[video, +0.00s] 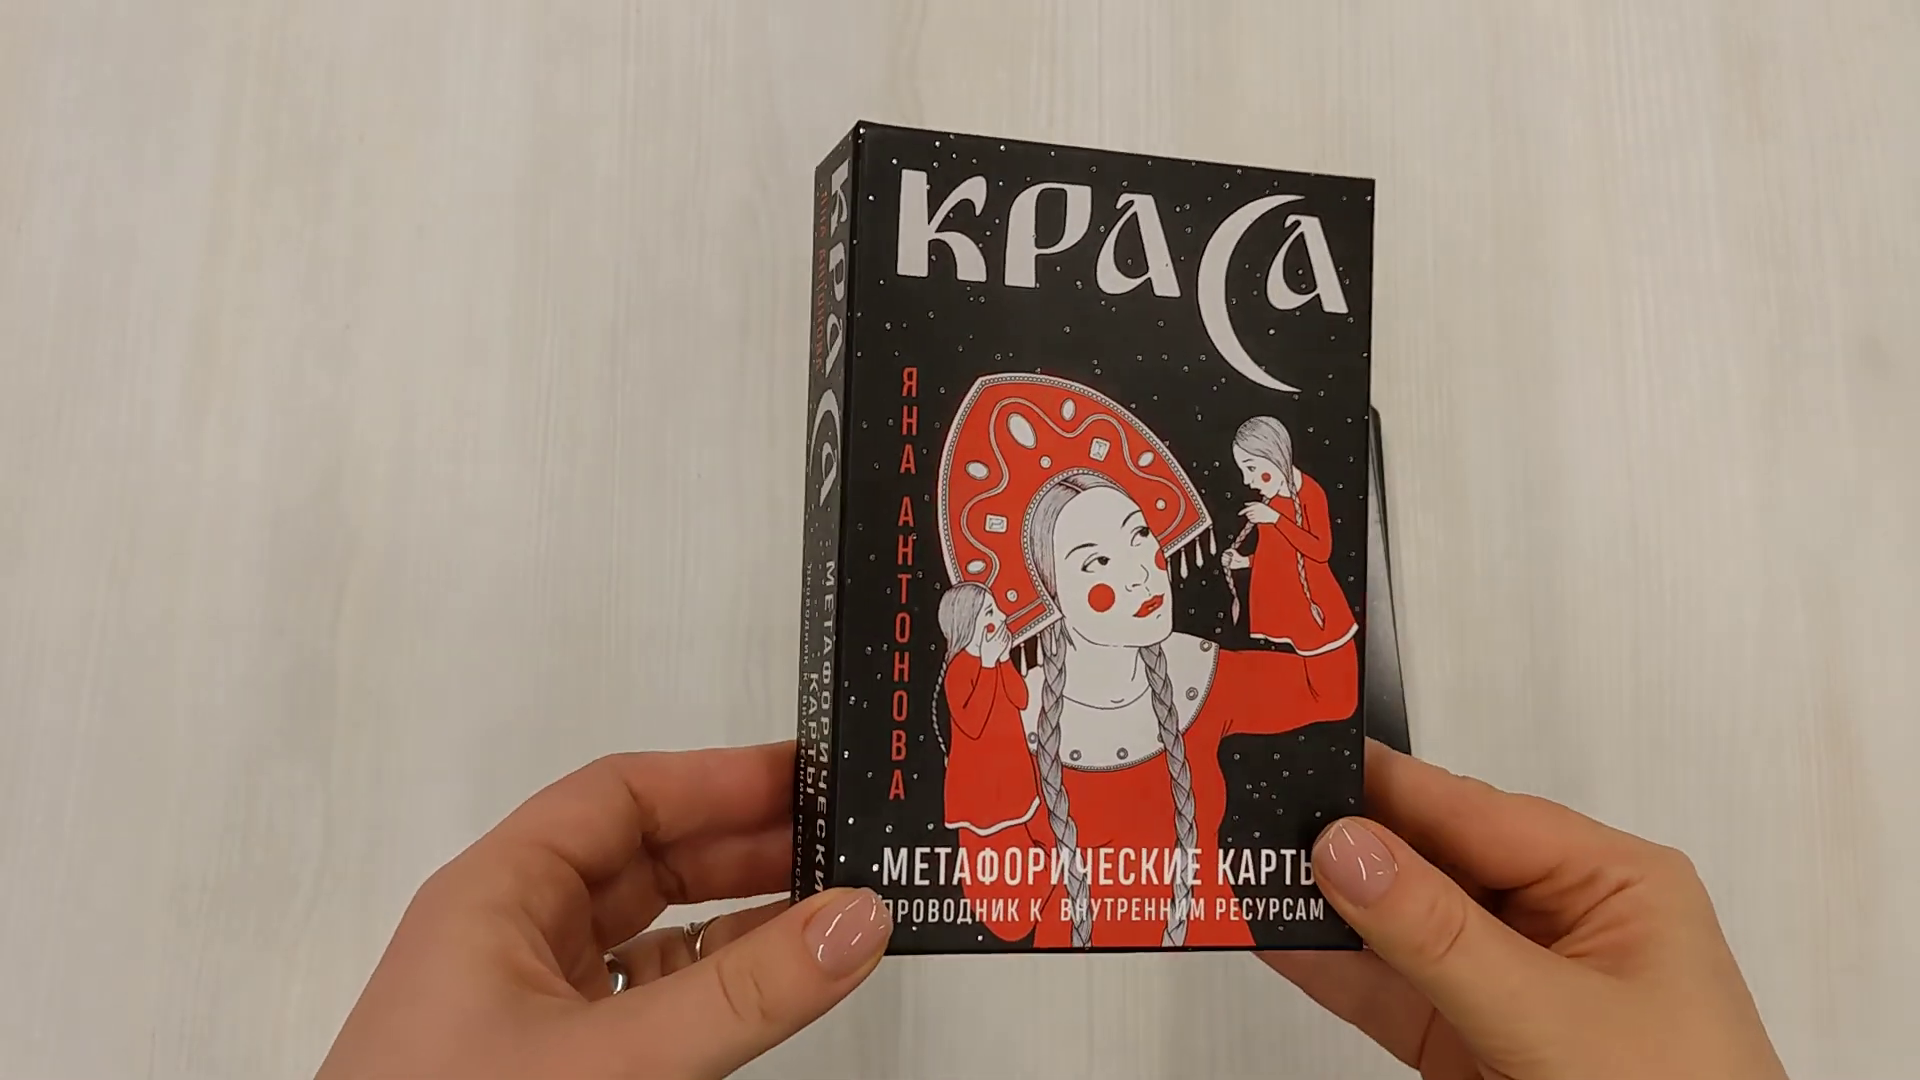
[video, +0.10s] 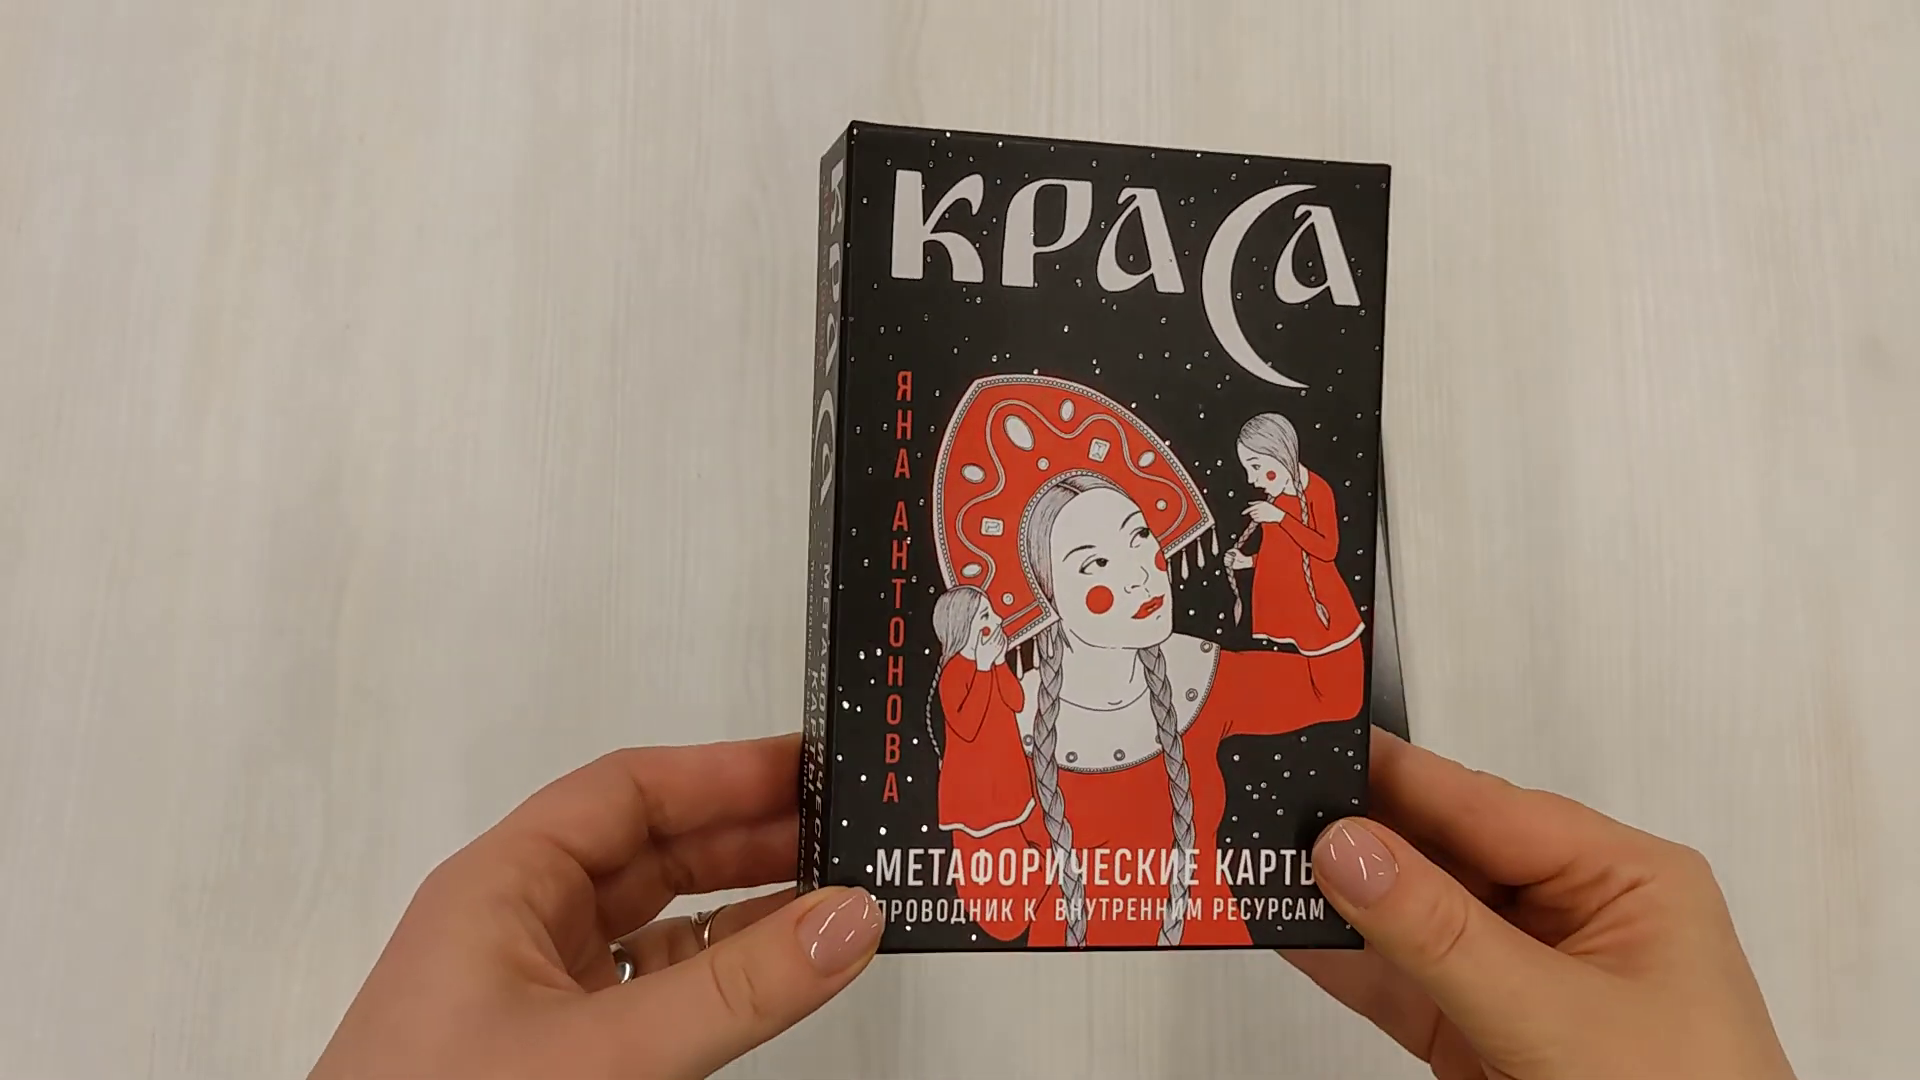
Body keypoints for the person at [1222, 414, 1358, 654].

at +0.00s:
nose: (1247, 480)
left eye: (1251, 467)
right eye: (1243, 471)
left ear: (1275, 456)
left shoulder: (1310, 493)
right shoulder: (1273, 495)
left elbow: (1321, 551)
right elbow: (1279, 552)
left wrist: (1276, 518)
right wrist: (1245, 561)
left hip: (1323, 621)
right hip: (1298, 623)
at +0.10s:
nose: (1251, 479)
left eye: (1256, 466)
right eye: (1247, 469)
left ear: (1281, 455)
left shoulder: (1317, 491)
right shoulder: (1277, 493)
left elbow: (1328, 549)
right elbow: (1283, 551)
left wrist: (1281, 517)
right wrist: (1248, 561)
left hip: (1328, 623)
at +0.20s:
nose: (1250, 477)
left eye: (1255, 463)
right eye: (1246, 467)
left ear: (1282, 452)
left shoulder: (1319, 489)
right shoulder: (1277, 492)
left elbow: (1329, 548)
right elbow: (1281, 549)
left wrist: (1280, 515)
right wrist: (1246, 560)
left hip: (1331, 625)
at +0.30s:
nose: (1249, 474)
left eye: (1254, 460)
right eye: (1245, 463)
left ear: (1281, 449)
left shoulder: (1319, 486)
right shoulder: (1277, 490)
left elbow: (1330, 545)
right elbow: (1282, 548)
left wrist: (1280, 512)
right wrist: (1245, 556)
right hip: (1304, 627)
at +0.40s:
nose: (1258, 470)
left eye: (1263, 456)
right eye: (1254, 460)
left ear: (1291, 445)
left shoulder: (1330, 483)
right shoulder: (1286, 487)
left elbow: (1340, 542)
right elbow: (1291, 546)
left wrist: (1289, 508)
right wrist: (1253, 553)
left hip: (1343, 623)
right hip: (1313, 624)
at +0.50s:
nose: (1269, 465)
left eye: (1274, 451)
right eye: (1264, 455)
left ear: (1301, 440)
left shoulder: (1342, 479)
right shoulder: (1297, 483)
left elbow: (1352, 539)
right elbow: (1301, 543)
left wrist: (1300, 504)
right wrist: (1262, 549)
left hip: (1354, 621)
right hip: (1322, 622)